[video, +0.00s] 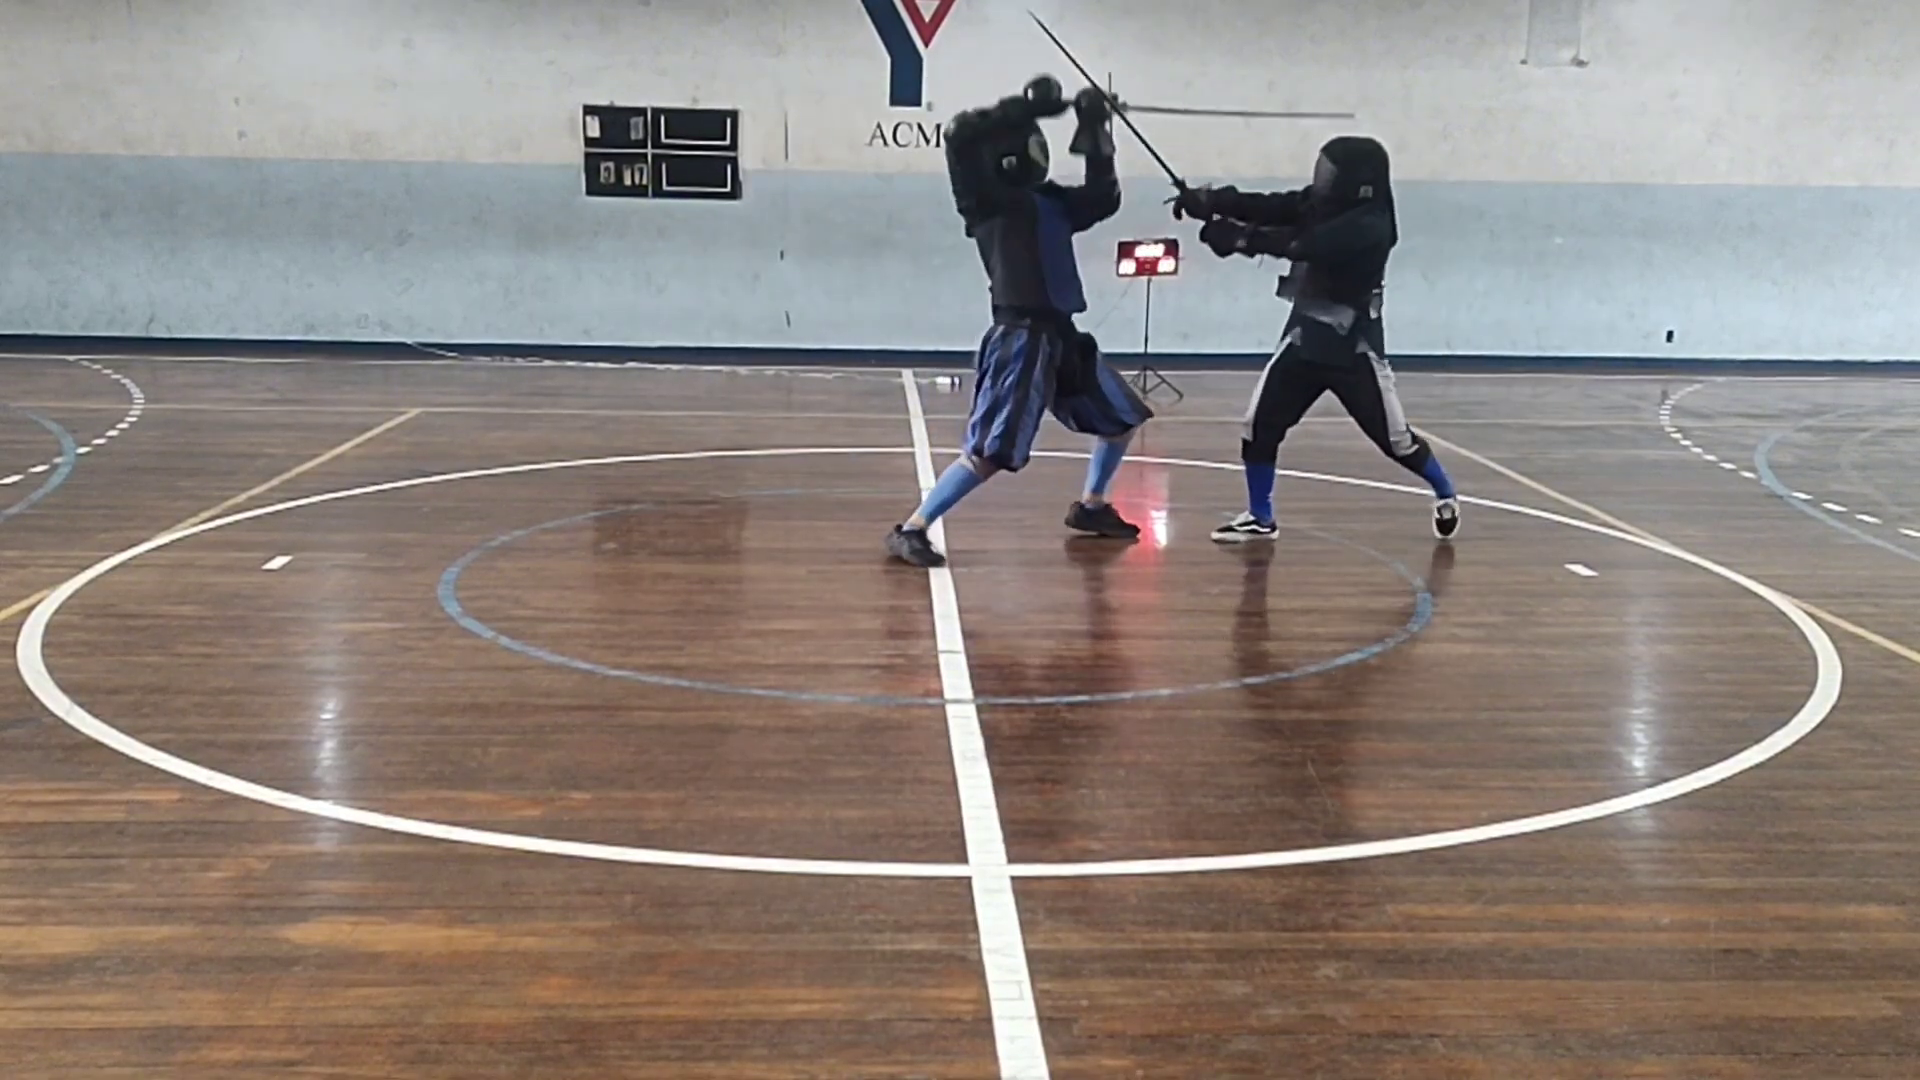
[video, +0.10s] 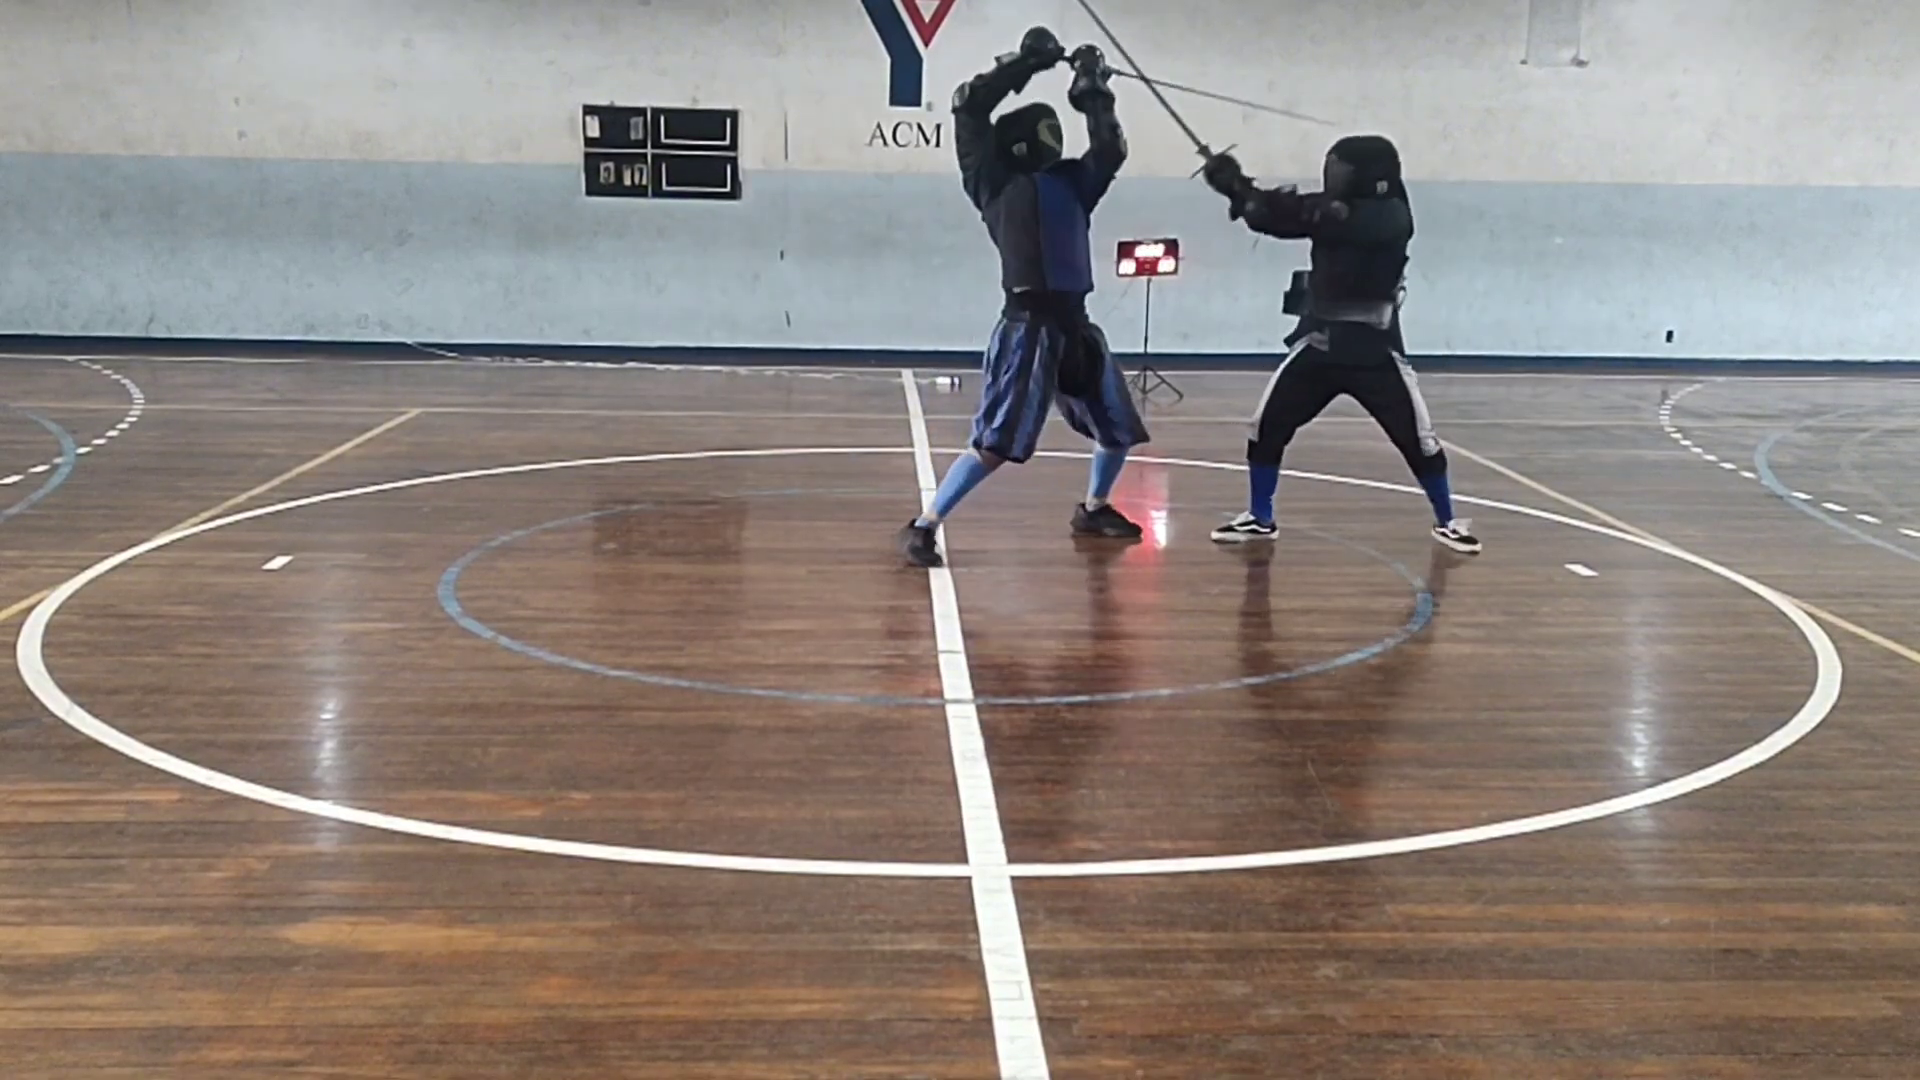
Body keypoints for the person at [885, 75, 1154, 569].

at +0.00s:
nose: (1043, 152)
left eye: (1042, 144)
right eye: (1032, 144)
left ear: (1038, 153)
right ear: (1006, 156)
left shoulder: (1054, 203)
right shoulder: (989, 203)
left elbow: (1103, 199)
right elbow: (963, 139)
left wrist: (1097, 134)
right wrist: (1028, 106)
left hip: (1062, 340)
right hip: (1019, 338)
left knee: (1122, 418)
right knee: (995, 450)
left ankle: (1092, 507)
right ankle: (912, 530)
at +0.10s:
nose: (1056, 137)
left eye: (1053, 130)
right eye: (1046, 130)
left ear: (1043, 143)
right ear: (1023, 141)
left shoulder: (1075, 184)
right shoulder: (997, 182)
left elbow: (1108, 149)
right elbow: (969, 106)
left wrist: (1094, 89)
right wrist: (1027, 62)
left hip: (1075, 327)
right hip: (1025, 326)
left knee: (1120, 427)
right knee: (1001, 440)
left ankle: (1095, 510)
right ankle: (924, 526)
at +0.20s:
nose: (1072, 124)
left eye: (1072, 118)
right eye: (1063, 117)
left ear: (1069, 126)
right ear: (1035, 127)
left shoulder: (1086, 173)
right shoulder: (1007, 168)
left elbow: (1115, 139)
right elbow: (973, 99)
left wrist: (1096, 87)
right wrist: (1027, 53)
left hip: (1083, 310)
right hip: (1031, 309)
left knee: (1111, 417)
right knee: (1007, 421)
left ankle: (1094, 509)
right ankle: (946, 517)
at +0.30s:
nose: (1077, 119)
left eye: (1074, 113)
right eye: (1069, 112)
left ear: (1062, 123)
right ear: (1044, 121)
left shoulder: (1091, 166)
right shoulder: (1011, 162)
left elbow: (1123, 132)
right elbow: (983, 90)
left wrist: (1099, 78)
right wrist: (1035, 40)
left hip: (1084, 306)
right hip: (1031, 306)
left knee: (1105, 415)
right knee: (1011, 422)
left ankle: (1093, 509)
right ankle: (957, 521)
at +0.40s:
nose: (1079, 114)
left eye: (1077, 108)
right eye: (1069, 107)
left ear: (1071, 121)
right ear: (1046, 118)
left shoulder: (1092, 165)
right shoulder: (1019, 161)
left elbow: (1136, 136)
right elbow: (1005, 87)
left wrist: (1109, 79)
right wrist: (1049, 42)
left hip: (1080, 309)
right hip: (1030, 306)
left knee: (1107, 417)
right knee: (1004, 419)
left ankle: (1093, 510)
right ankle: (953, 521)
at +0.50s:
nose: (1087, 118)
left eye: (1086, 110)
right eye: (1078, 111)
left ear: (1061, 120)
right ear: (1051, 118)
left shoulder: (1086, 168)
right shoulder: (1035, 156)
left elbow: (1138, 158)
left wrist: (1125, 103)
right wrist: (1117, 78)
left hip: (1071, 313)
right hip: (1032, 307)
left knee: (1108, 417)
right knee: (999, 418)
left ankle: (1094, 509)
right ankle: (938, 512)